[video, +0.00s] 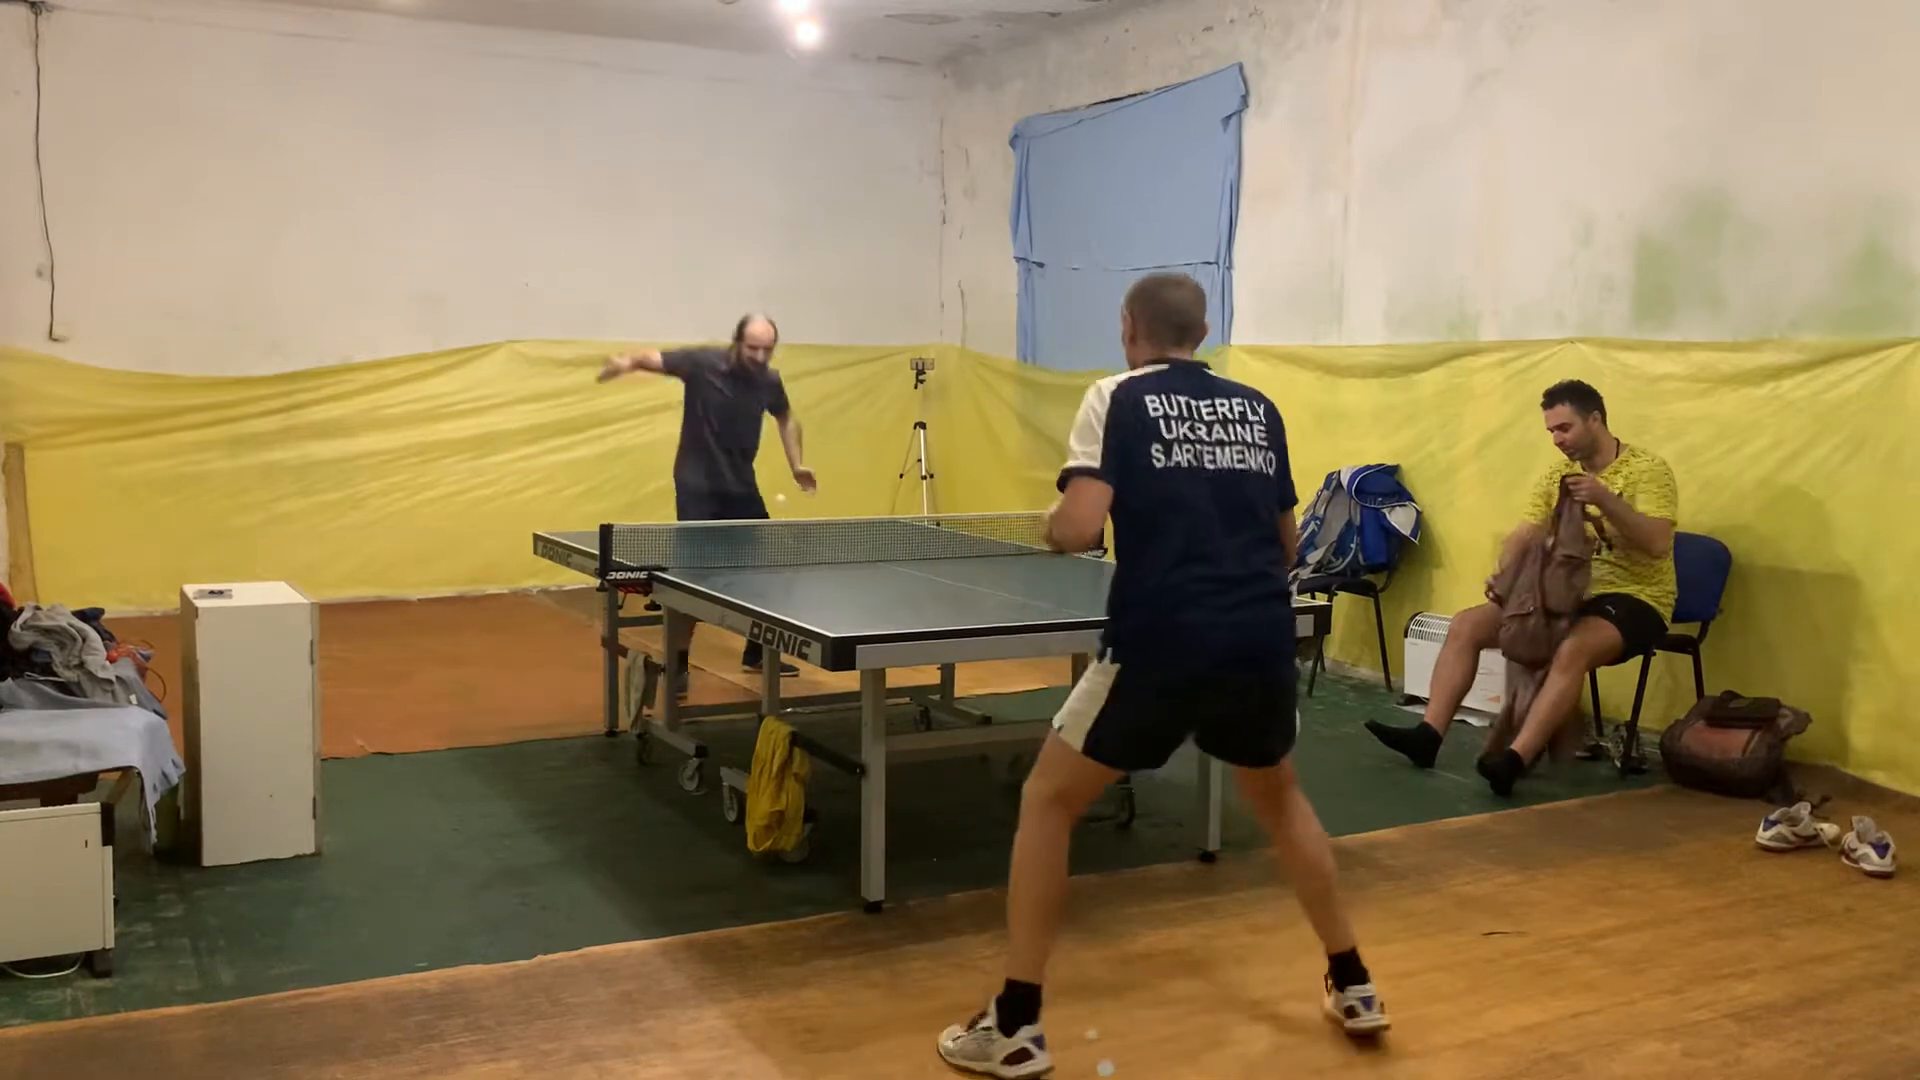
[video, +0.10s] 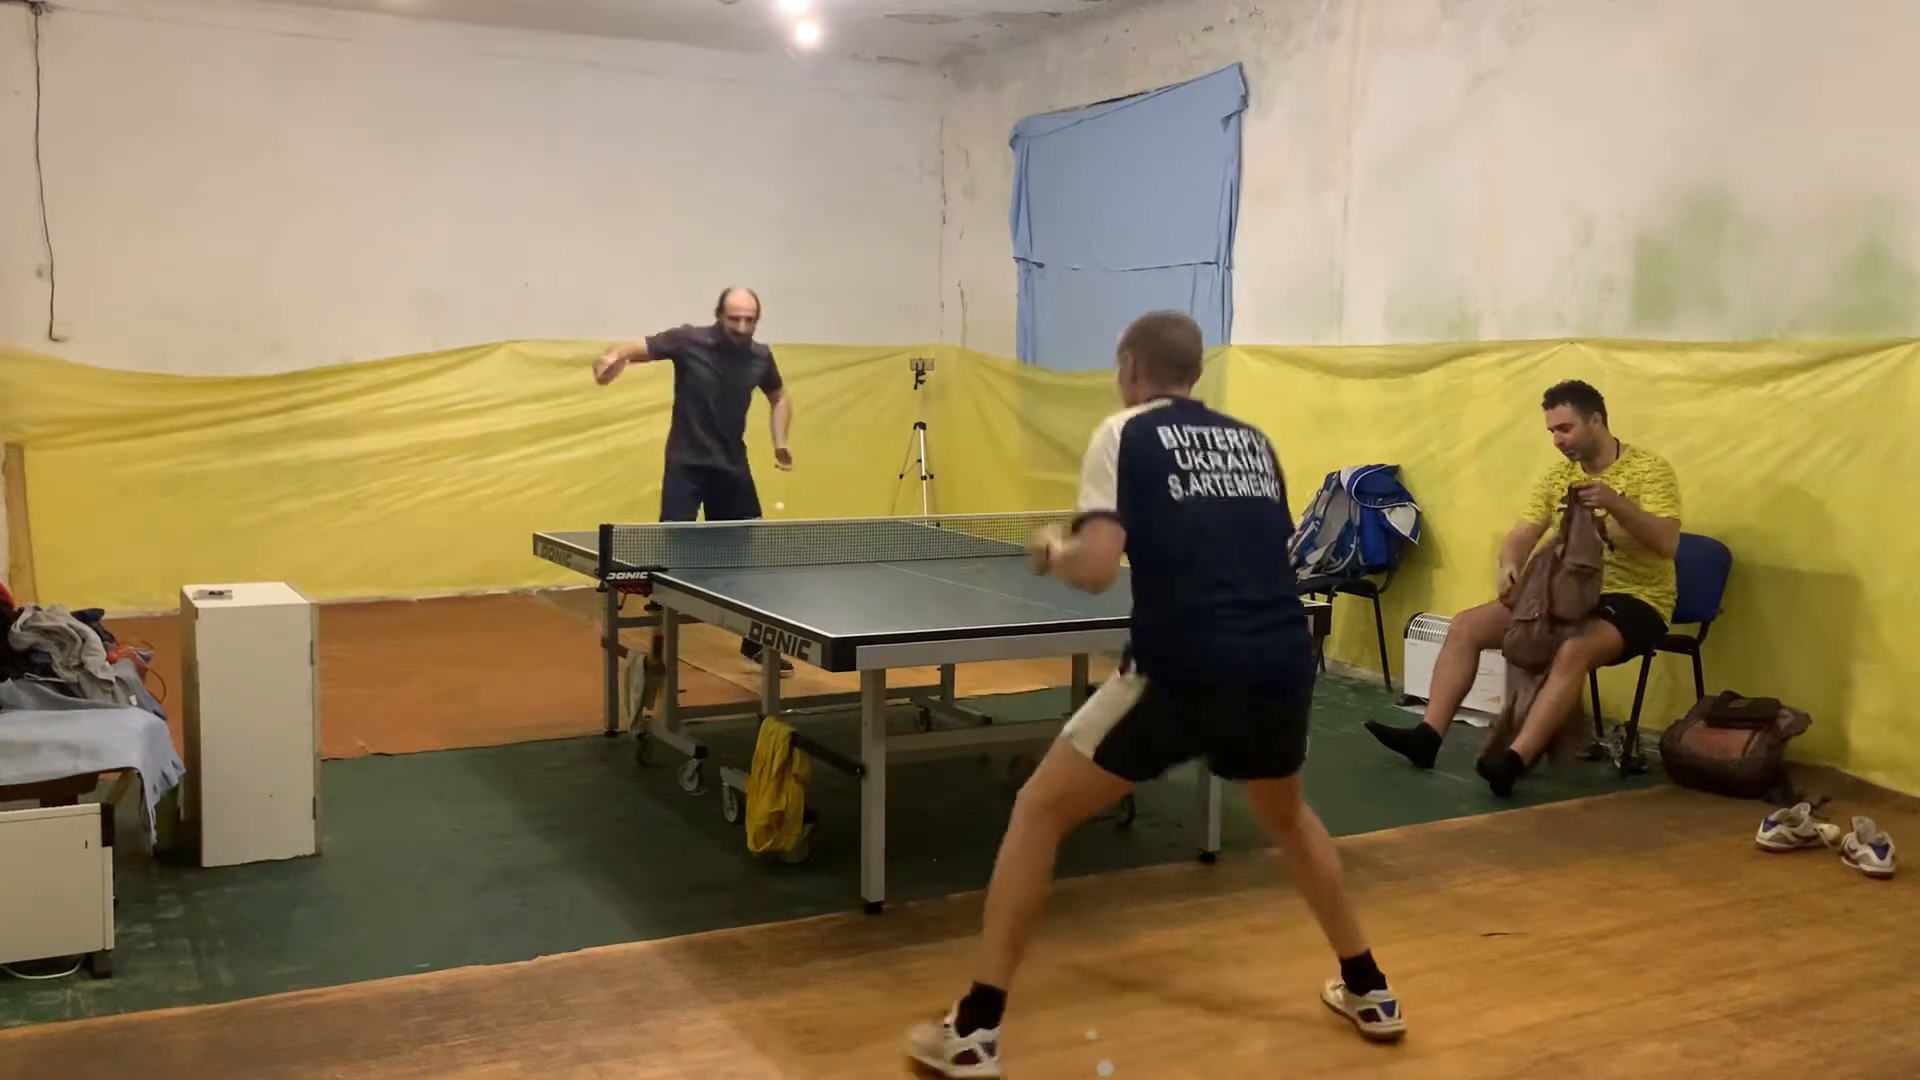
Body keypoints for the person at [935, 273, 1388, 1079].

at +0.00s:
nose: (1121, 343)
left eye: (1122, 332)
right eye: (1127, 332)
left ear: (1132, 335)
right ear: (1200, 337)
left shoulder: (1113, 395)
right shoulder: (1259, 407)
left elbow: (1080, 523)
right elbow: (1286, 543)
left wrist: (1057, 532)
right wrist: (1221, 540)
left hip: (1156, 651)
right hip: (1260, 650)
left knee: (1050, 800)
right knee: (1282, 798)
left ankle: (1016, 1020)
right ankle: (1353, 981)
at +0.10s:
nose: (1115, 384)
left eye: (1117, 373)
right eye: (1119, 374)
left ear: (1130, 373)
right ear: (1194, 376)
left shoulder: (1122, 432)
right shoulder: (1253, 441)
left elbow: (1095, 567)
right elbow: (1274, 550)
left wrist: (1053, 554)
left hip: (1178, 674)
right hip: (1281, 669)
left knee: (1040, 809)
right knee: (1288, 814)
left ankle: (976, 1024)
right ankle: (1368, 986)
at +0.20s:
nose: (1098, 425)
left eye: (1097, 413)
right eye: (1099, 413)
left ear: (1113, 409)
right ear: (1172, 408)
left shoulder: (1117, 463)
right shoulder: (1226, 466)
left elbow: (1104, 603)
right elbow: (1222, 585)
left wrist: (1029, 590)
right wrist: (1100, 599)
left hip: (1185, 692)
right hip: (1280, 686)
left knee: (1028, 821)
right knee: (1268, 817)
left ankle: (945, 1032)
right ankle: (1365, 982)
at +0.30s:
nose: (1054, 439)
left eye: (1055, 425)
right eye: (1053, 426)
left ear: (1074, 418)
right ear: (1129, 421)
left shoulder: (1088, 467)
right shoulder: (1183, 479)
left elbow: (1069, 604)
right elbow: (1160, 639)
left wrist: (980, 596)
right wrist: (1048, 655)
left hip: (1159, 706)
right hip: (1252, 699)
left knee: (988, 819)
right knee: (1246, 823)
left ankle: (930, 1037)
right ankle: (1362, 982)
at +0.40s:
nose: (1020, 427)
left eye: (1020, 415)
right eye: (1021, 416)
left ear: (1036, 405)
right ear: (1095, 409)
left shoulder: (1050, 442)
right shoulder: (1150, 473)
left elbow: (1009, 582)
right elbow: (1099, 647)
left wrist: (907, 580)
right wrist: (980, 631)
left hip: (1103, 702)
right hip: (1201, 702)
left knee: (938, 815)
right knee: (1241, 831)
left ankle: (925, 1037)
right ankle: (1352, 980)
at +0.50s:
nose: (1008, 377)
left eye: (1008, 367)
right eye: (1011, 369)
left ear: (1023, 362)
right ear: (1091, 367)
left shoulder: (1013, 417)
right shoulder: (1141, 437)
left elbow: (938, 552)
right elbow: (1083, 589)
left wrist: (830, 566)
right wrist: (942, 613)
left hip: (1050, 695)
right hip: (1160, 692)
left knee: (914, 819)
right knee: (1226, 829)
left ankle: (924, 1037)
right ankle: (1320, 983)